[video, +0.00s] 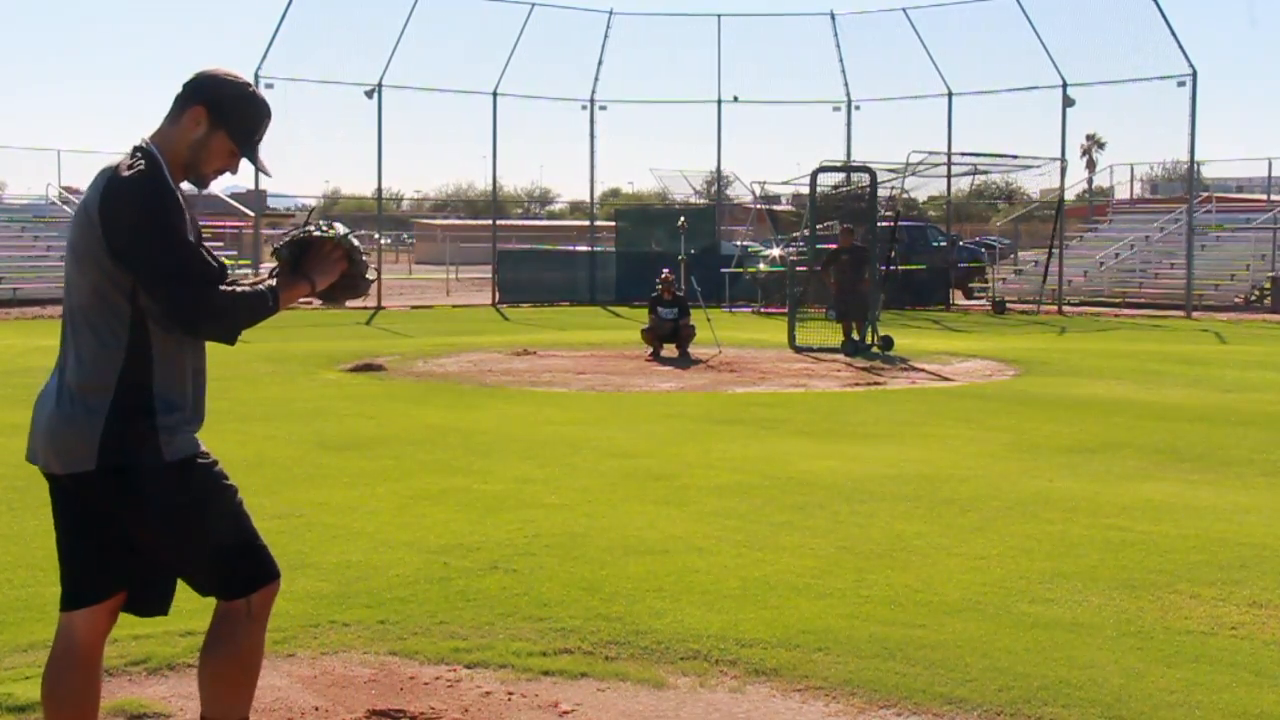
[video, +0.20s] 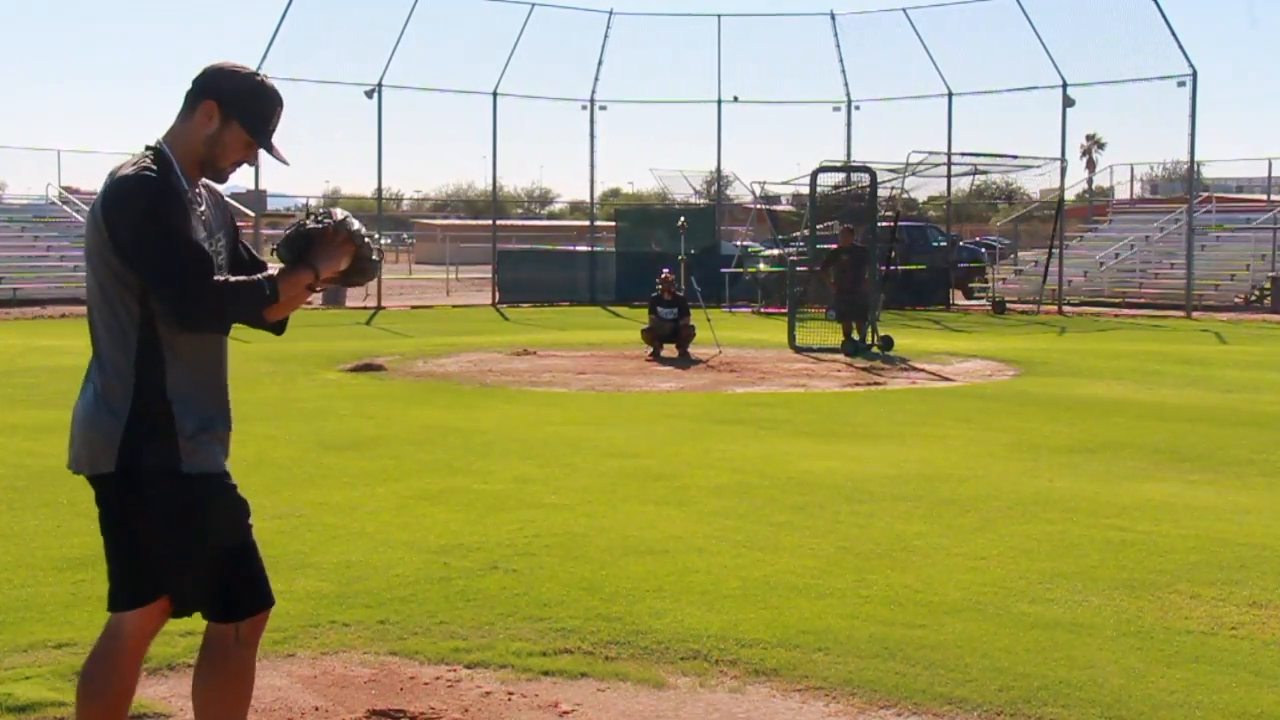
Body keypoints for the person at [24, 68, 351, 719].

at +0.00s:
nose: (231, 167)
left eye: (239, 156)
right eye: (233, 150)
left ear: (194, 124)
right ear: (195, 120)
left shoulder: (121, 184)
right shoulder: (143, 190)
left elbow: (210, 297)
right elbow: (209, 312)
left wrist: (286, 282)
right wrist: (294, 284)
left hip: (81, 442)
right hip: (142, 444)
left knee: (88, 611)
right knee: (251, 585)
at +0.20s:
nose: (250, 160)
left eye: (256, 149)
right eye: (249, 143)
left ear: (212, 123)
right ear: (210, 116)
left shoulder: (207, 204)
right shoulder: (143, 189)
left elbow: (256, 308)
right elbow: (194, 300)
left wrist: (311, 271)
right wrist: (306, 270)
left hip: (176, 446)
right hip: (147, 448)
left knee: (143, 606)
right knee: (242, 609)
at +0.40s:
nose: (265, 144)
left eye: (271, 131)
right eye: (262, 126)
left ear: (228, 113)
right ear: (216, 103)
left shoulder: (248, 199)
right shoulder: (135, 183)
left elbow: (299, 305)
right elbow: (171, 281)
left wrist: (318, 253)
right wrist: (282, 237)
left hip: (233, 437)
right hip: (160, 447)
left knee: (291, 581)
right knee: (219, 619)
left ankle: (185, 710)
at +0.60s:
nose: (266, 144)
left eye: (274, 134)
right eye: (261, 128)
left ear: (240, 116)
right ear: (223, 105)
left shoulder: (259, 184)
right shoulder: (130, 175)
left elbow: (333, 294)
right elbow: (117, 249)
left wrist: (304, 213)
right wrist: (237, 194)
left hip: (258, 416)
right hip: (167, 440)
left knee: (336, 548)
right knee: (207, 620)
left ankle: (375, 716)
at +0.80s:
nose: (268, 141)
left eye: (284, 134)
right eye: (261, 122)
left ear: (296, 141)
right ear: (230, 108)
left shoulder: (288, 194)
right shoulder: (160, 172)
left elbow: (365, 274)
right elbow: (110, 219)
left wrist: (309, 183)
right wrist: (221, 158)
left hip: (266, 384)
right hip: (183, 420)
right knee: (217, 610)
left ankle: (419, 581)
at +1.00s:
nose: (327, 161)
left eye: (331, 149)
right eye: (322, 145)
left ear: (313, 142)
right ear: (282, 130)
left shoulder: (321, 203)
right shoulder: (197, 186)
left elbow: (369, 300)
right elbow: (130, 247)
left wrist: (319, 218)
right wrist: (242, 186)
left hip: (268, 391)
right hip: (195, 425)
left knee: (344, 358)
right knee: (228, 608)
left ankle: (374, 565)